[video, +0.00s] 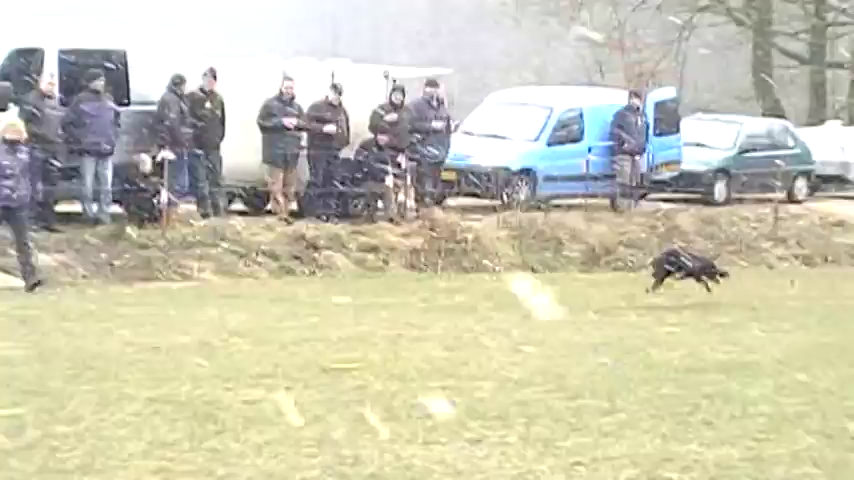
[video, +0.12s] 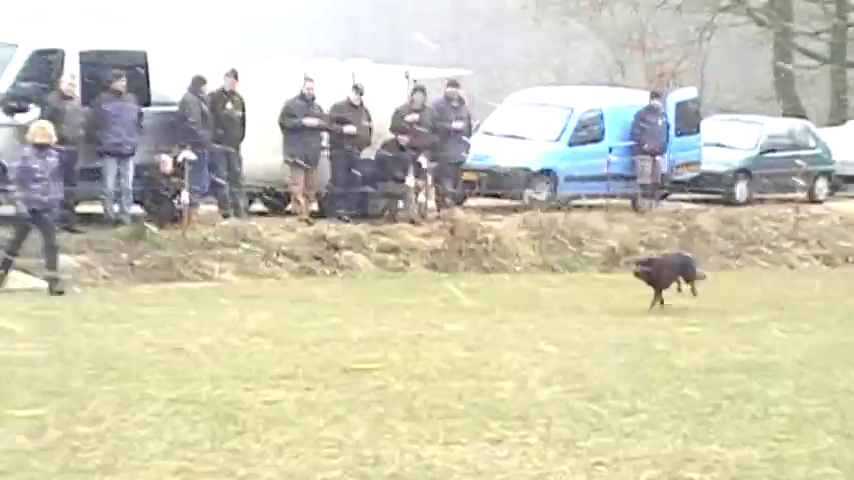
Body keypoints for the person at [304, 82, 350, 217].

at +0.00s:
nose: (336, 98)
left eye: (338, 95)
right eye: (334, 94)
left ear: (341, 96)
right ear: (329, 93)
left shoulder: (342, 111)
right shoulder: (316, 107)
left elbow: (346, 127)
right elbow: (307, 123)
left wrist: (345, 140)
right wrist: (322, 128)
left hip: (334, 149)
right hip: (318, 149)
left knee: (331, 180)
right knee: (317, 179)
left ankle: (330, 210)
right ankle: (314, 209)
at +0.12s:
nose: (357, 98)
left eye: (360, 95)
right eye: (355, 94)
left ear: (363, 96)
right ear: (350, 93)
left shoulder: (365, 111)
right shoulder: (338, 108)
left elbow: (369, 127)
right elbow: (330, 125)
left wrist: (367, 141)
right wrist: (343, 129)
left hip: (357, 150)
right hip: (340, 149)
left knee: (355, 180)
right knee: (340, 179)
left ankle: (352, 208)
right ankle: (338, 208)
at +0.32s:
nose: (353, 81)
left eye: (355, 78)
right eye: (351, 77)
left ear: (357, 79)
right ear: (347, 77)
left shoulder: (359, 97)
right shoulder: (337, 95)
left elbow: (362, 118)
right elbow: (332, 115)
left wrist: (360, 136)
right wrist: (333, 134)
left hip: (354, 141)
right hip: (339, 141)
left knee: (356, 173)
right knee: (343, 173)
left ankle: (359, 205)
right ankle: (346, 205)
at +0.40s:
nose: (347, 86)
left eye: (350, 82)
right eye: (344, 82)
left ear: (356, 84)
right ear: (337, 83)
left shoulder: (360, 102)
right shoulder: (329, 102)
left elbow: (364, 124)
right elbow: (320, 122)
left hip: (354, 150)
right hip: (334, 149)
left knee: (351, 186)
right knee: (334, 184)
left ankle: (347, 212)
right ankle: (330, 211)